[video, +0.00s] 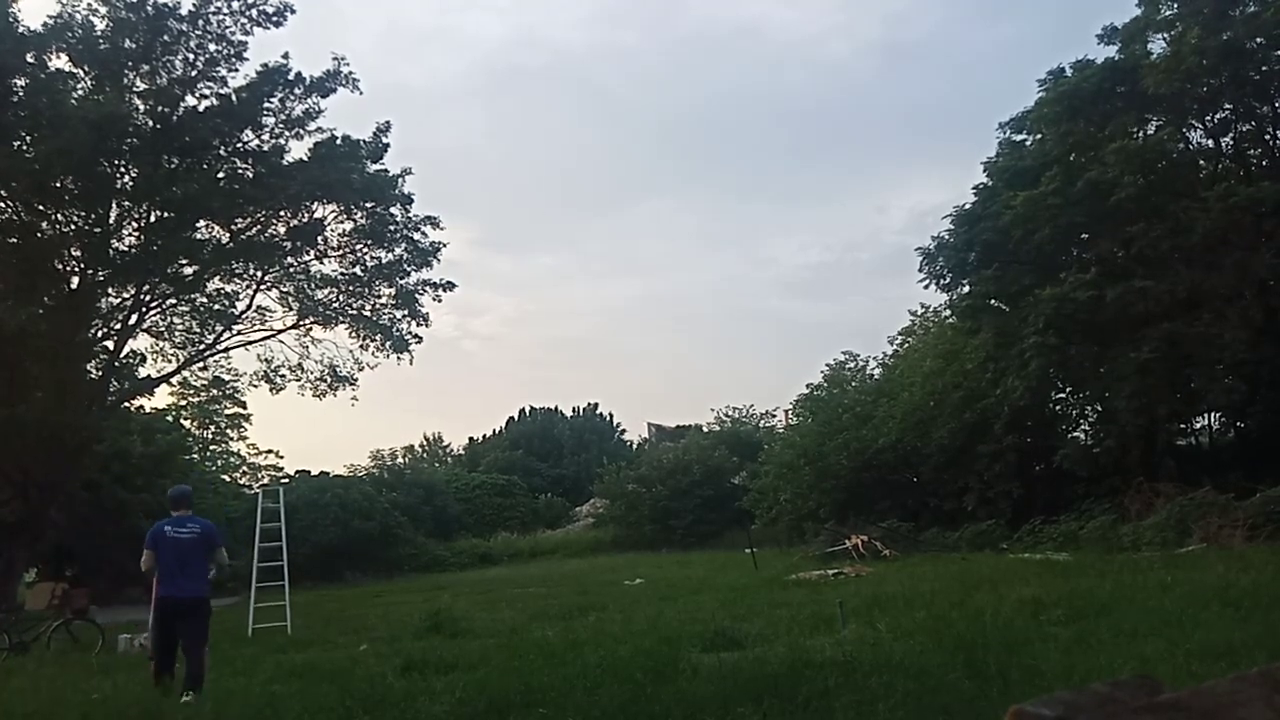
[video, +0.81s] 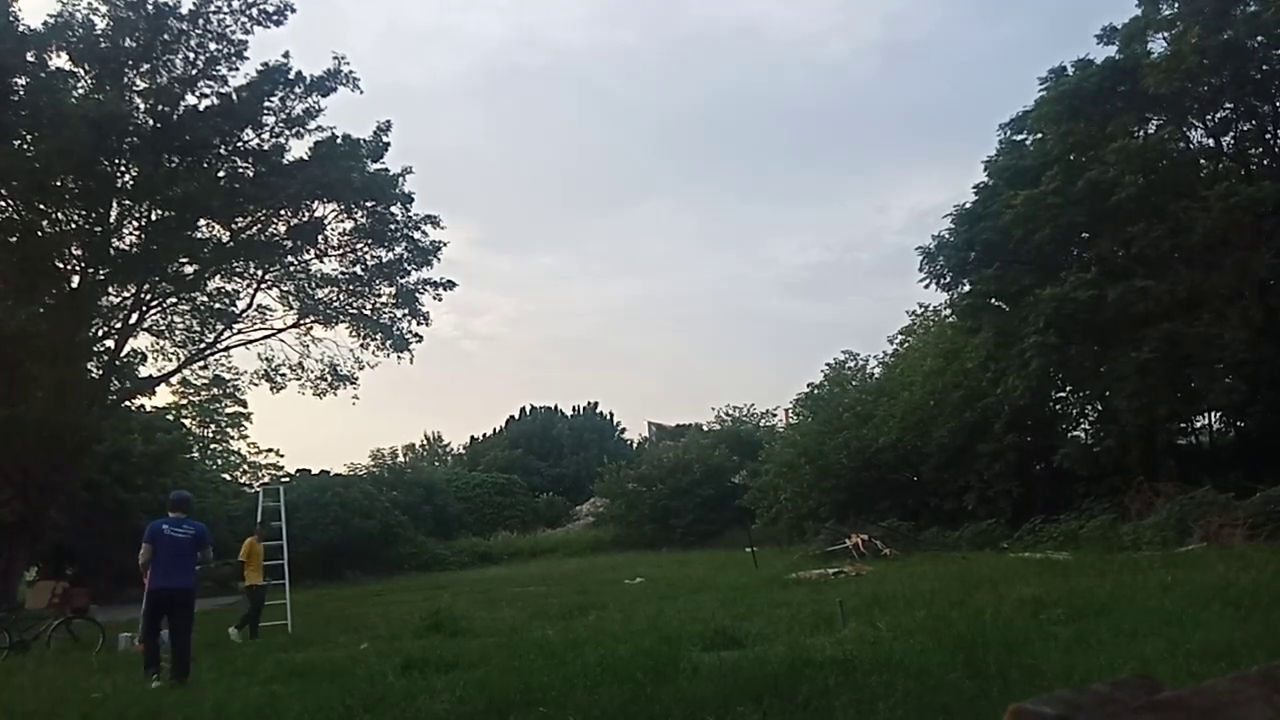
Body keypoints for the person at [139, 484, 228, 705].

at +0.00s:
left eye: (174, 504)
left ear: (170, 505)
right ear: (191, 504)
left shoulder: (158, 529)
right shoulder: (206, 528)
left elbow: (146, 565)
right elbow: (223, 560)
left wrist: (164, 558)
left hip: (167, 600)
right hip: (197, 599)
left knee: (164, 649)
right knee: (195, 648)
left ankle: (163, 693)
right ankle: (190, 693)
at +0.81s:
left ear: (168, 507)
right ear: (188, 508)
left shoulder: (156, 527)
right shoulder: (199, 529)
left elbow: (144, 557)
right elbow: (208, 558)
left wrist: (144, 572)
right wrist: (192, 561)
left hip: (158, 590)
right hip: (184, 590)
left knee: (150, 632)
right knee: (182, 635)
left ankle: (153, 673)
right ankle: (180, 677)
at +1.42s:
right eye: (165, 516)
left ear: (152, 515)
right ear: (170, 516)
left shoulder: (139, 534)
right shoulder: (178, 536)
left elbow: (119, 560)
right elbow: (179, 560)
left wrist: (129, 579)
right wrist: (167, 575)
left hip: (142, 590)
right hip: (166, 591)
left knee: (141, 632)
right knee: (163, 632)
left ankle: (143, 671)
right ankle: (160, 668)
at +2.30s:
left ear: (128, 528)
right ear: (144, 528)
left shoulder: (117, 546)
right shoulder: (152, 543)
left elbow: (110, 572)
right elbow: (164, 567)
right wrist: (169, 585)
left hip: (124, 597)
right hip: (147, 595)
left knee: (120, 633)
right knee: (145, 628)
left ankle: (120, 668)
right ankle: (142, 651)